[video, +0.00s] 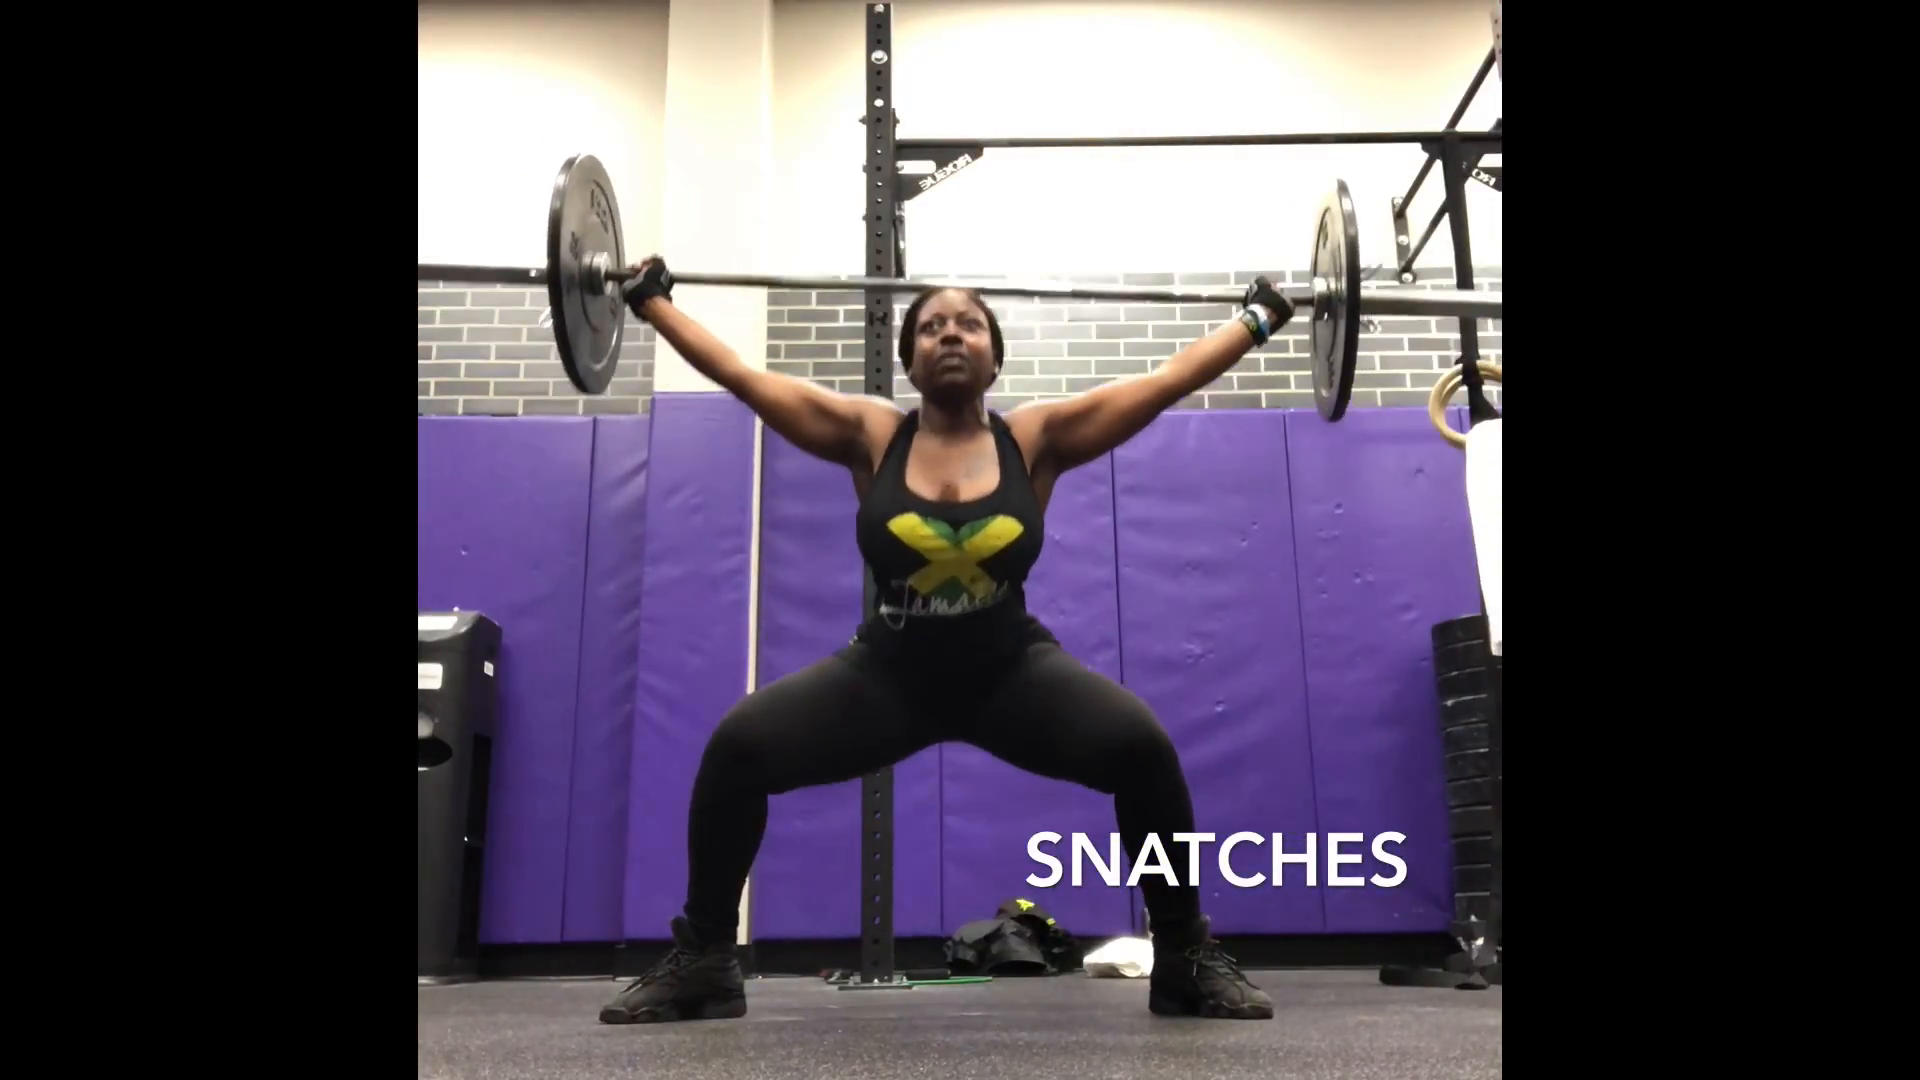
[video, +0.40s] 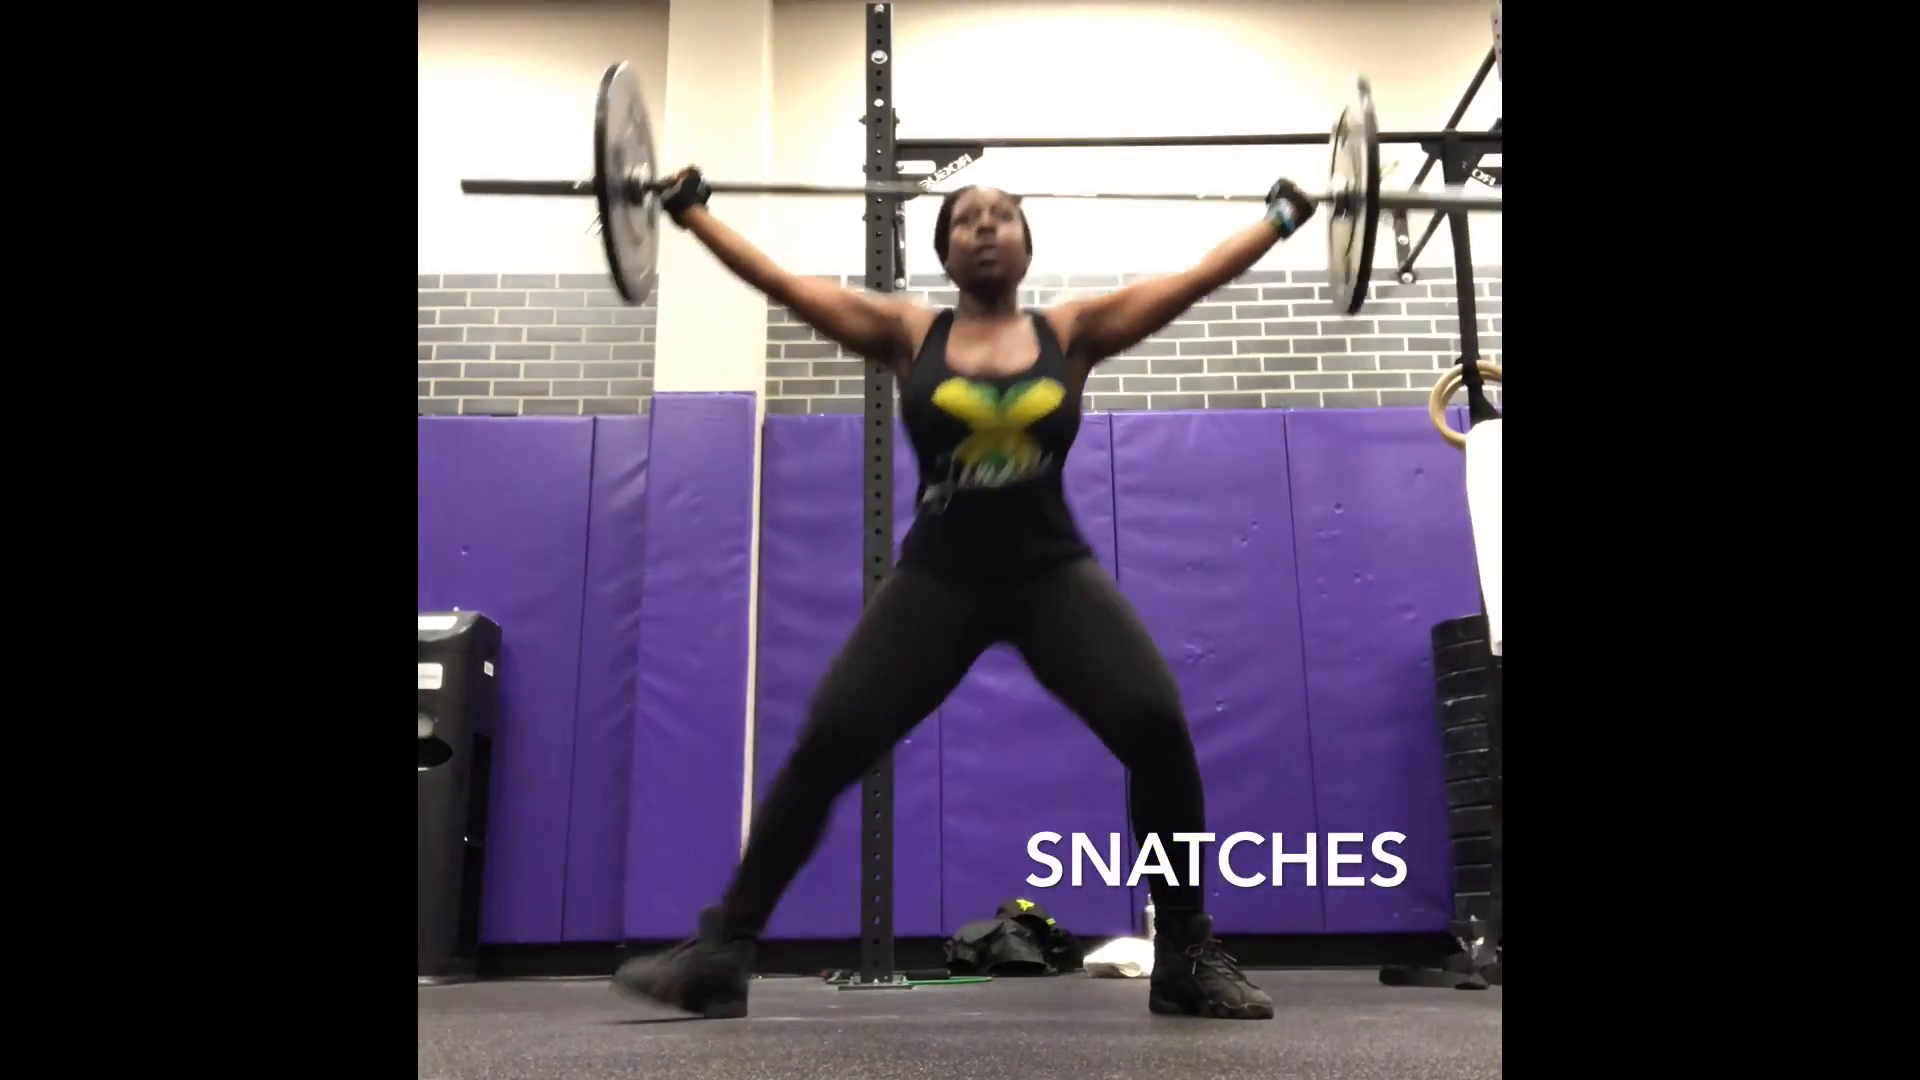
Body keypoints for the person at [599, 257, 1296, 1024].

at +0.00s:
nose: (951, 333)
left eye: (970, 324)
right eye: (931, 326)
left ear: (996, 357)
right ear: (909, 361)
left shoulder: (1038, 437)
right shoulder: (869, 432)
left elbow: (1171, 381)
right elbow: (744, 377)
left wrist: (1263, 311)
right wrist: (654, 303)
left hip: (1010, 675)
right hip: (887, 677)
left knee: (1142, 747)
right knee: (738, 747)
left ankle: (1185, 965)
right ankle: (702, 964)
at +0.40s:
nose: (988, 227)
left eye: (1003, 216)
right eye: (968, 220)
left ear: (1028, 244)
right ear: (943, 255)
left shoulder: (1070, 330)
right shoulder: (909, 330)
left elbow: (1195, 279)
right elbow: (782, 284)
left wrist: (1282, 217)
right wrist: (694, 213)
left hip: (1054, 577)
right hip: (939, 583)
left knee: (1157, 727)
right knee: (827, 747)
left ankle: (1187, 958)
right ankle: (722, 951)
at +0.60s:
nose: (991, 179)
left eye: (1006, 169)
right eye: (973, 173)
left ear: (1032, 197)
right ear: (949, 205)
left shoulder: (1080, 277)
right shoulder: (917, 285)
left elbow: (1199, 220)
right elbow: (799, 229)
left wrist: (1289, 156)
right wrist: (706, 164)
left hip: (1063, 532)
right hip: (950, 532)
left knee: (1127, 727)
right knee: (876, 713)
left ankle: (1183, 956)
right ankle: (826, 938)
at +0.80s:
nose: (962, 193)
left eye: (979, 182)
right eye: (943, 185)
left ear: (1003, 208)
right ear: (921, 213)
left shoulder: (1045, 290)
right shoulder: (883, 291)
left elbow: (1166, 231)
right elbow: (771, 227)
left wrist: (1255, 172)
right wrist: (681, 157)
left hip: (1022, 537)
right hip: (910, 536)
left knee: (1094, 731)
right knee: (882, 732)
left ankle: (1180, 953)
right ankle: (858, 959)